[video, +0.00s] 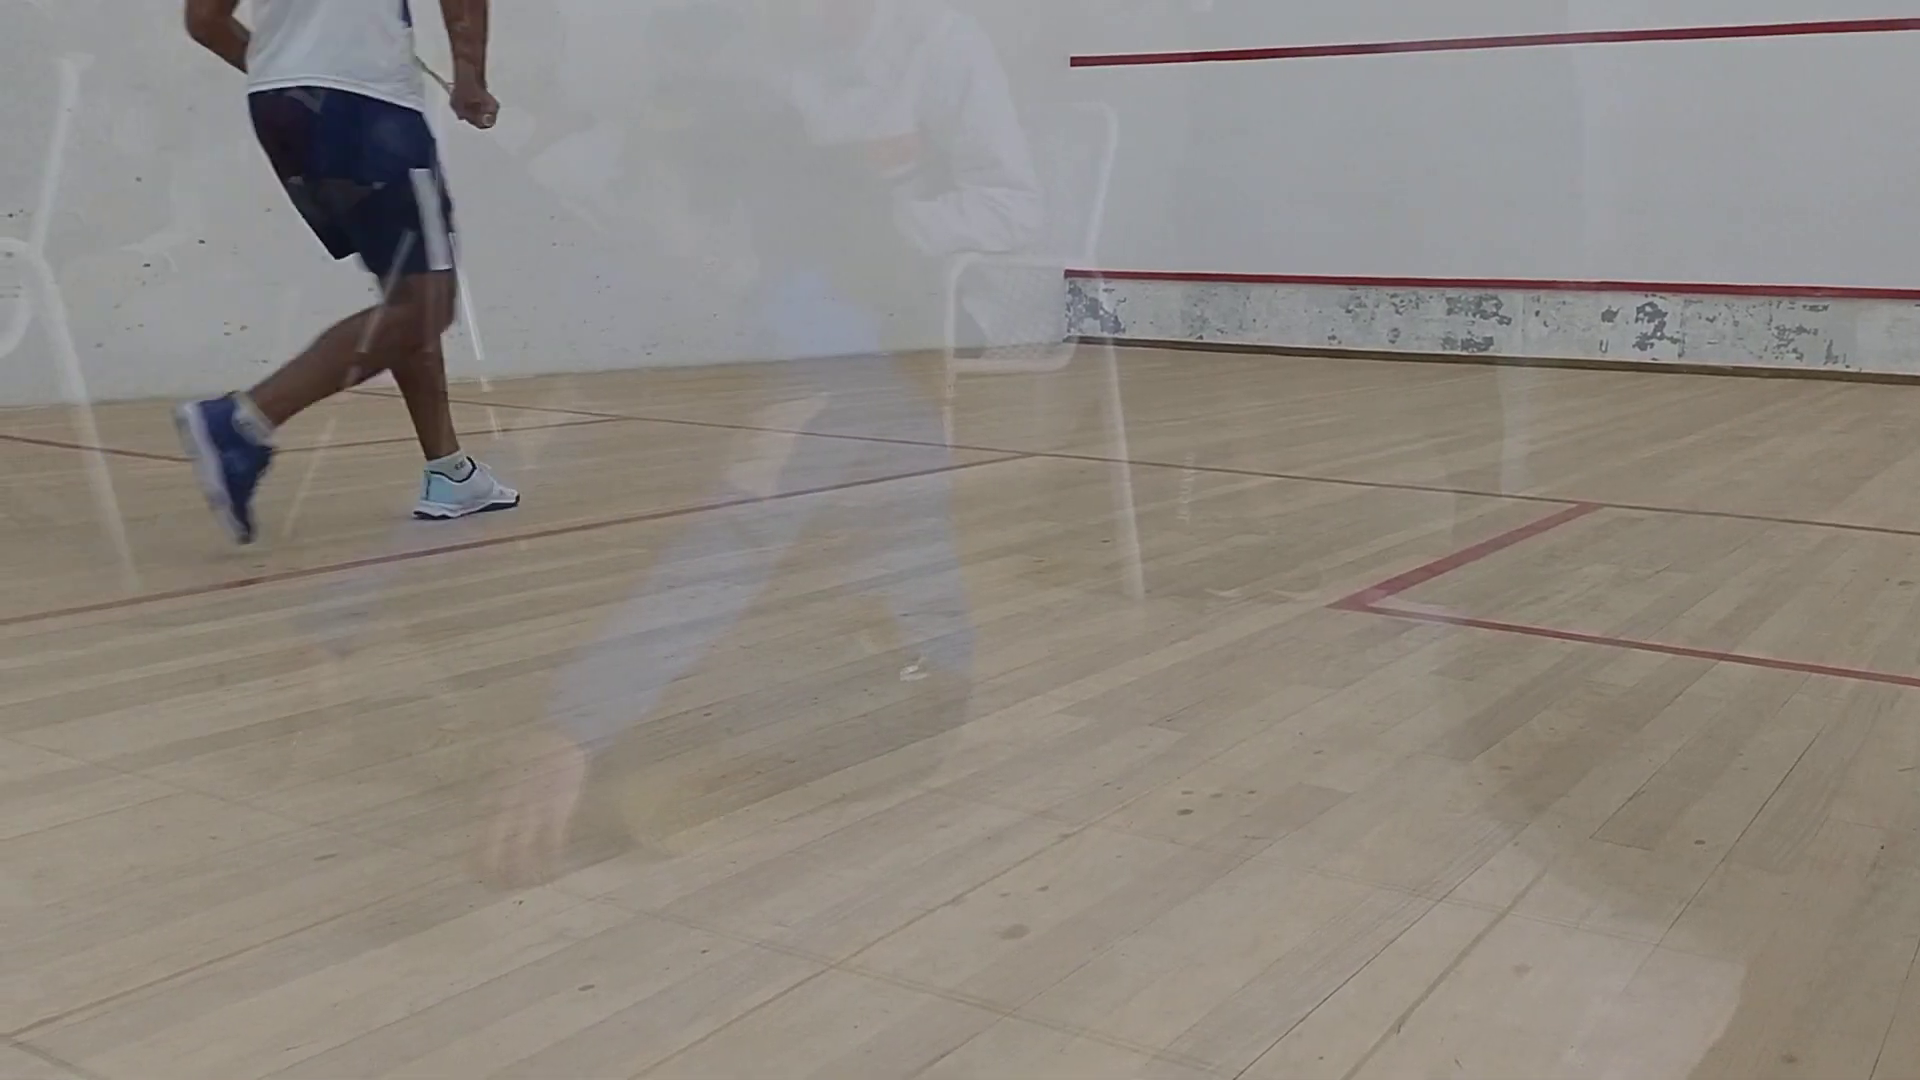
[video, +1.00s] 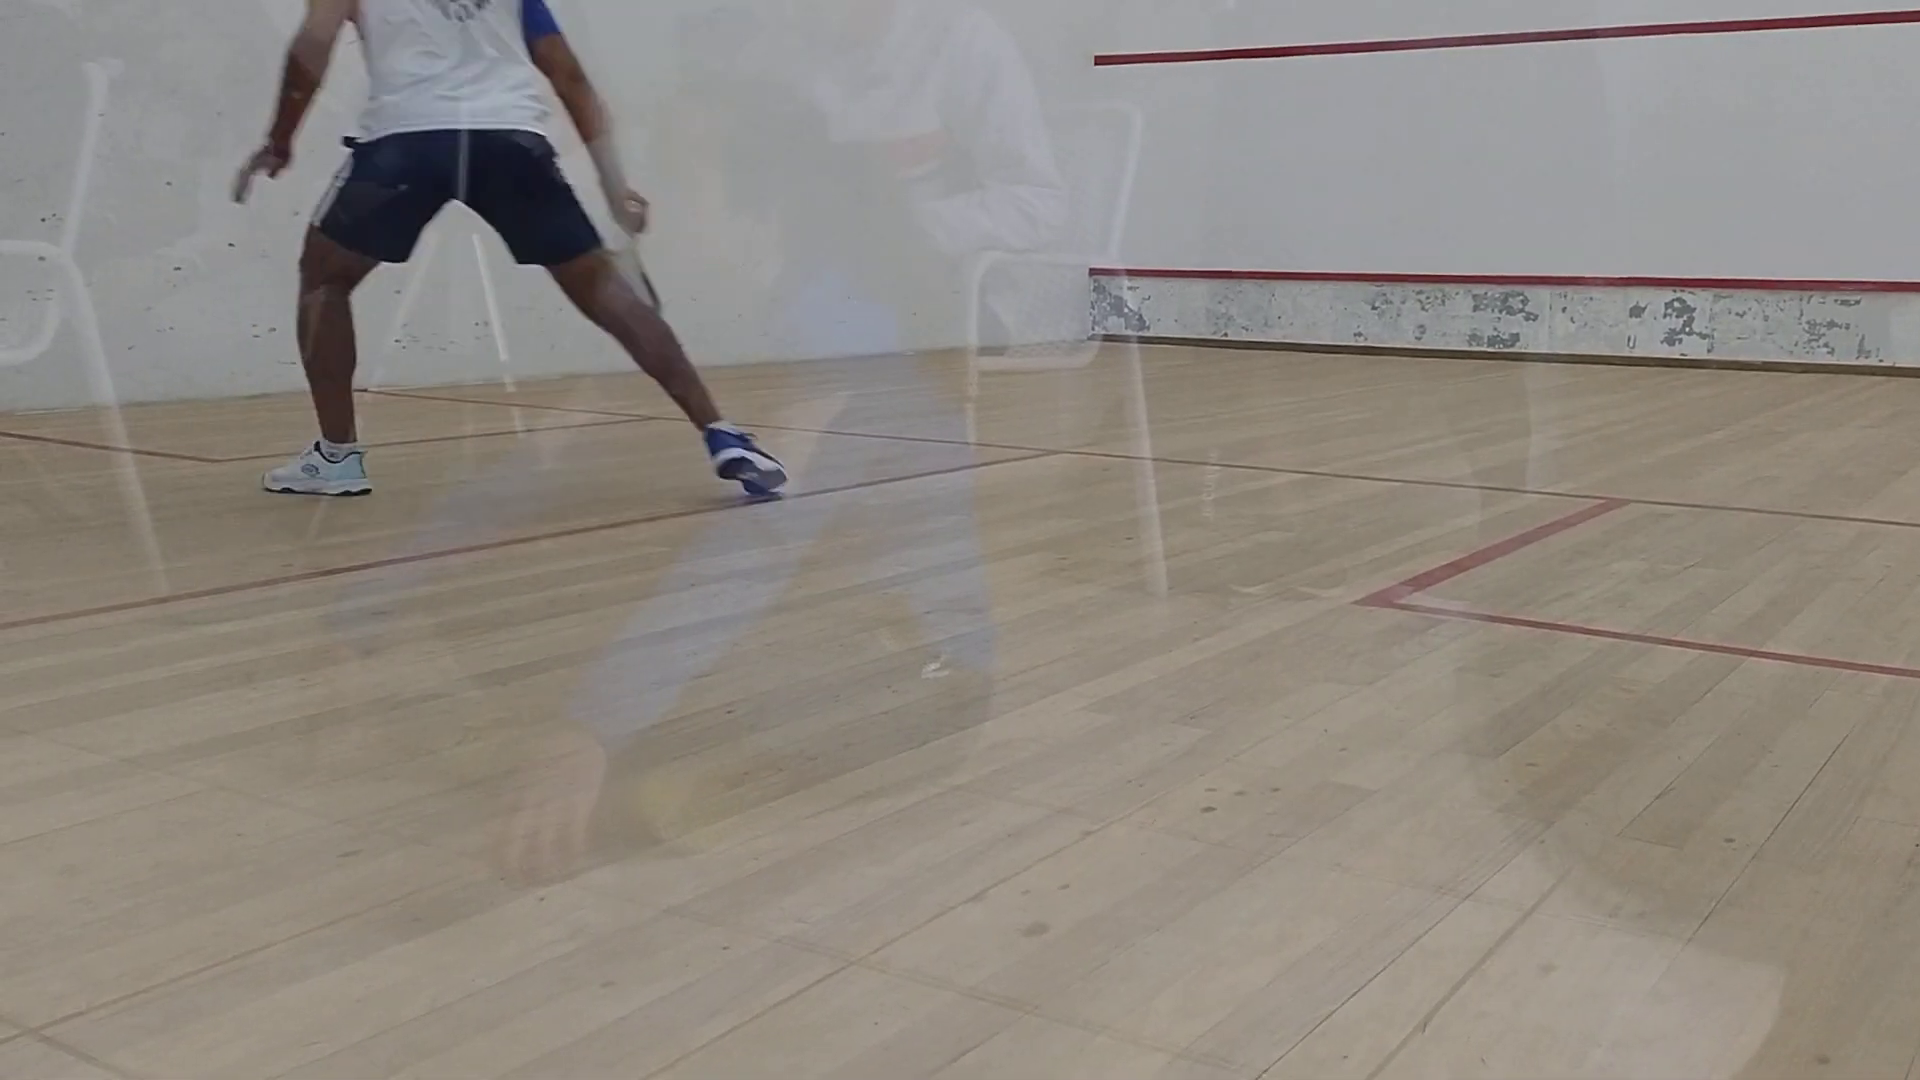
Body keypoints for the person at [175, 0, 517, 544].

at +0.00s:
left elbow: (204, 17)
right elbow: (462, 10)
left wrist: (285, 71)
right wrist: (470, 79)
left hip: (277, 91)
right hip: (367, 85)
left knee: (407, 291)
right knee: (427, 307)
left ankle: (449, 471)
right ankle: (241, 424)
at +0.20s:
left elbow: (318, 3)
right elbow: (575, 3)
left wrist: (396, 43)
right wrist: (566, 72)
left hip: (385, 78)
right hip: (491, 72)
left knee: (459, 265)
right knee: (582, 264)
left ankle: (463, 469)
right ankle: (588, 457)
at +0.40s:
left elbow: (402, 17)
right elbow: (669, 10)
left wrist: (471, 83)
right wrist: (656, 109)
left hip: (487, 93)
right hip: (591, 85)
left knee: (508, 280)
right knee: (655, 287)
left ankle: (501, 449)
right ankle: (684, 468)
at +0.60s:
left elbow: (436, 10)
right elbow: (699, 8)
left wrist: (482, 90)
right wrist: (705, 113)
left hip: (505, 74)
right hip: (612, 76)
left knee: (505, 283)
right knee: (673, 276)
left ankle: (530, 453)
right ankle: (689, 448)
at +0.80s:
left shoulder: (490, 2)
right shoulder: (658, 5)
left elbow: (431, 66)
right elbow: (716, 87)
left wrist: (422, 176)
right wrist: (737, 199)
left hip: (507, 144)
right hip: (617, 146)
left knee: (428, 272)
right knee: (701, 302)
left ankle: (387, 436)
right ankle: (752, 461)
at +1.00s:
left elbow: (308, 51)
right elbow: (568, 74)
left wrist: (279, 140)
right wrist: (618, 182)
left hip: (405, 141)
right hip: (513, 140)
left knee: (324, 279)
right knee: (605, 287)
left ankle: (337, 452)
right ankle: (720, 434)